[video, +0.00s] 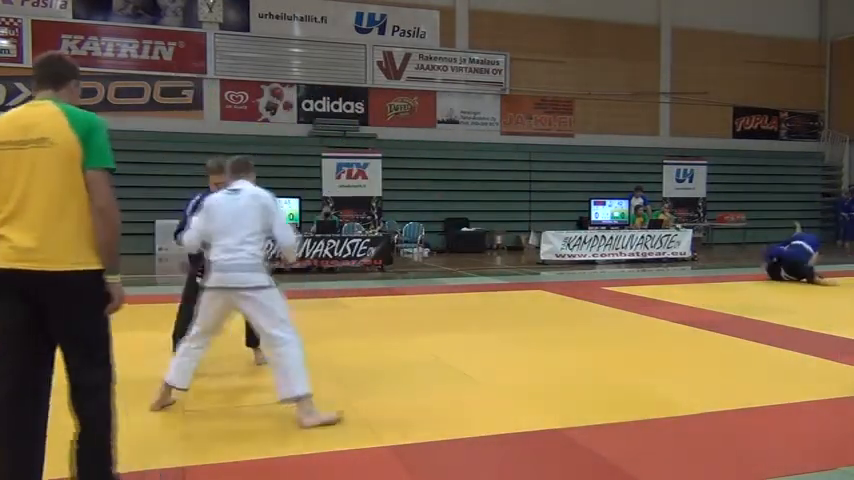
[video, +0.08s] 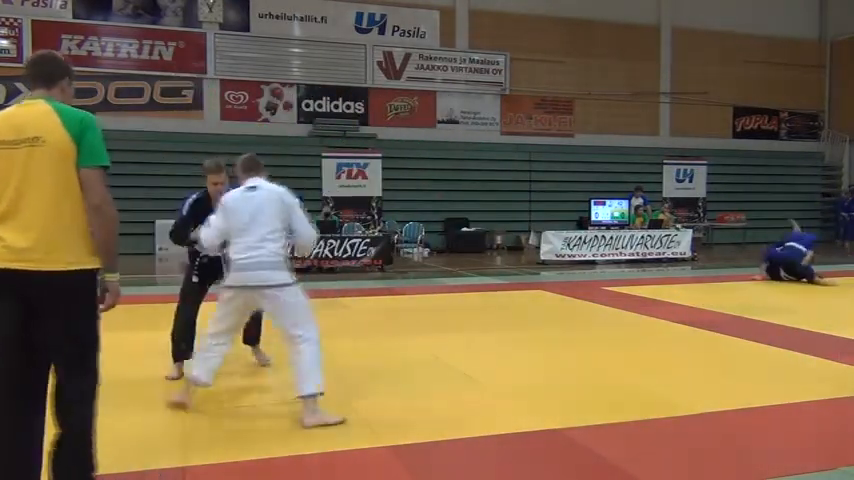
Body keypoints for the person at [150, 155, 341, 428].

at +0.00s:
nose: (256, 181)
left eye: (227, 176)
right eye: (255, 177)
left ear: (228, 176)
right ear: (253, 176)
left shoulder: (213, 201)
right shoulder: (264, 198)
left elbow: (190, 241)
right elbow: (287, 240)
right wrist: (289, 256)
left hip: (217, 279)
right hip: (254, 279)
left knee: (197, 336)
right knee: (283, 337)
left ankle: (166, 390)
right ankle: (305, 408)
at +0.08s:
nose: (236, 180)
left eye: (236, 177)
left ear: (240, 176)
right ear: (264, 173)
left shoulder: (229, 200)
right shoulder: (282, 195)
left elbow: (208, 241)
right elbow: (308, 237)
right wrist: (298, 253)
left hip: (239, 279)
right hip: (276, 278)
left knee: (218, 335)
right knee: (304, 336)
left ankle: (187, 391)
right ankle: (311, 409)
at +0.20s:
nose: (249, 177)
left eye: (248, 174)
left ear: (251, 171)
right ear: (274, 166)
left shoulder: (245, 194)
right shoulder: (298, 185)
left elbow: (222, 234)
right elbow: (326, 226)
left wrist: (216, 222)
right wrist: (304, 242)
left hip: (262, 268)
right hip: (301, 266)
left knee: (250, 323)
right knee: (322, 326)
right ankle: (320, 398)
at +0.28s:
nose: (256, 178)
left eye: (256, 175)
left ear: (259, 173)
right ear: (282, 168)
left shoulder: (255, 195)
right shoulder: (306, 186)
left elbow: (226, 234)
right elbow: (336, 227)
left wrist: (223, 219)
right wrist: (315, 245)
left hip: (277, 268)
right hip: (315, 264)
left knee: (273, 327)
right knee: (343, 322)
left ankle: (272, 399)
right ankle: (344, 393)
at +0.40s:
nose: (275, 187)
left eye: (274, 184)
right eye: (279, 184)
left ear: (276, 182)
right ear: (298, 177)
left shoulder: (276, 204)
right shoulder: (324, 194)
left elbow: (241, 240)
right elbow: (353, 235)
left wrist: (235, 223)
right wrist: (338, 259)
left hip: (298, 274)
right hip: (337, 271)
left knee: (282, 332)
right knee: (368, 327)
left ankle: (274, 401)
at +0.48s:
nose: (287, 187)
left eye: (287, 184)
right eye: (288, 184)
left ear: (292, 182)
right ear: (313, 178)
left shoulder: (292, 206)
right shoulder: (340, 198)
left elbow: (263, 248)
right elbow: (368, 240)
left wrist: (249, 230)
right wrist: (352, 263)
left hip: (312, 279)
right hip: (351, 277)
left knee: (288, 334)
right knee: (381, 333)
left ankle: (275, 401)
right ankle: (404, 404)